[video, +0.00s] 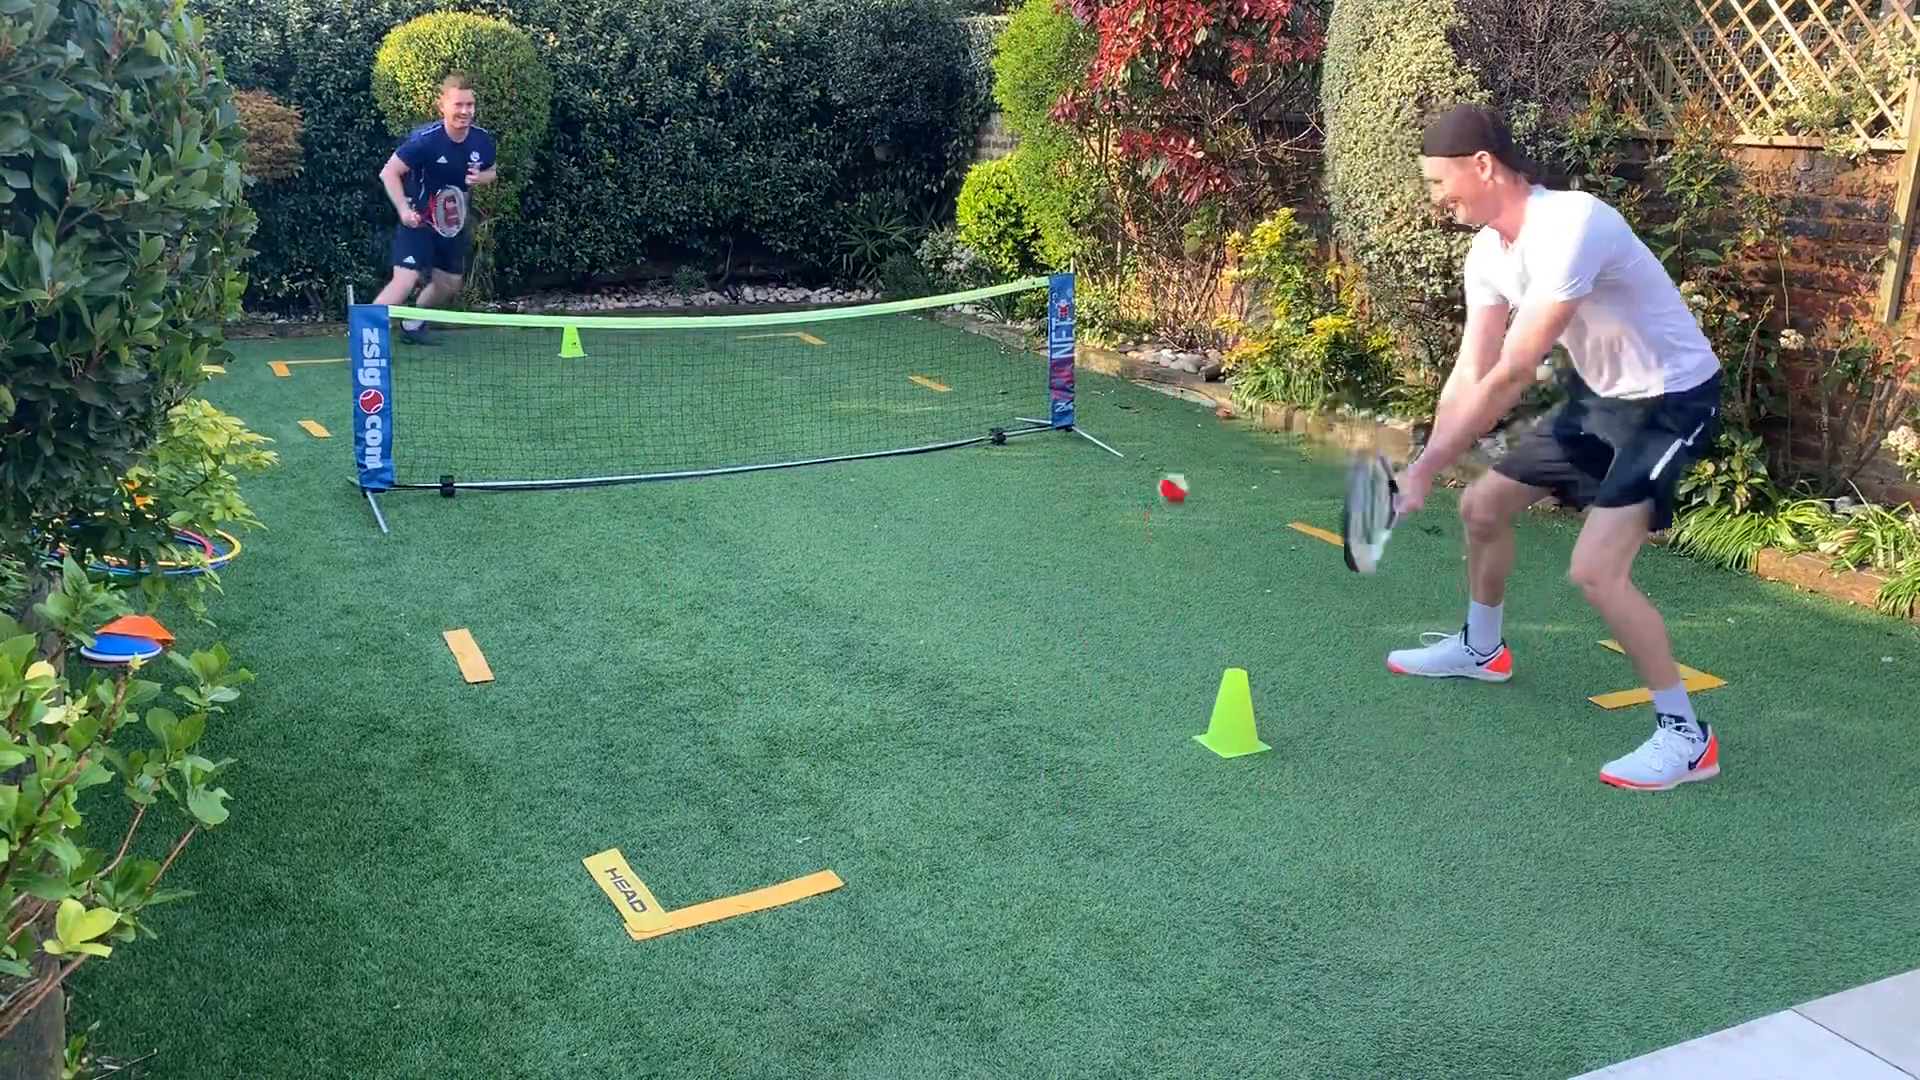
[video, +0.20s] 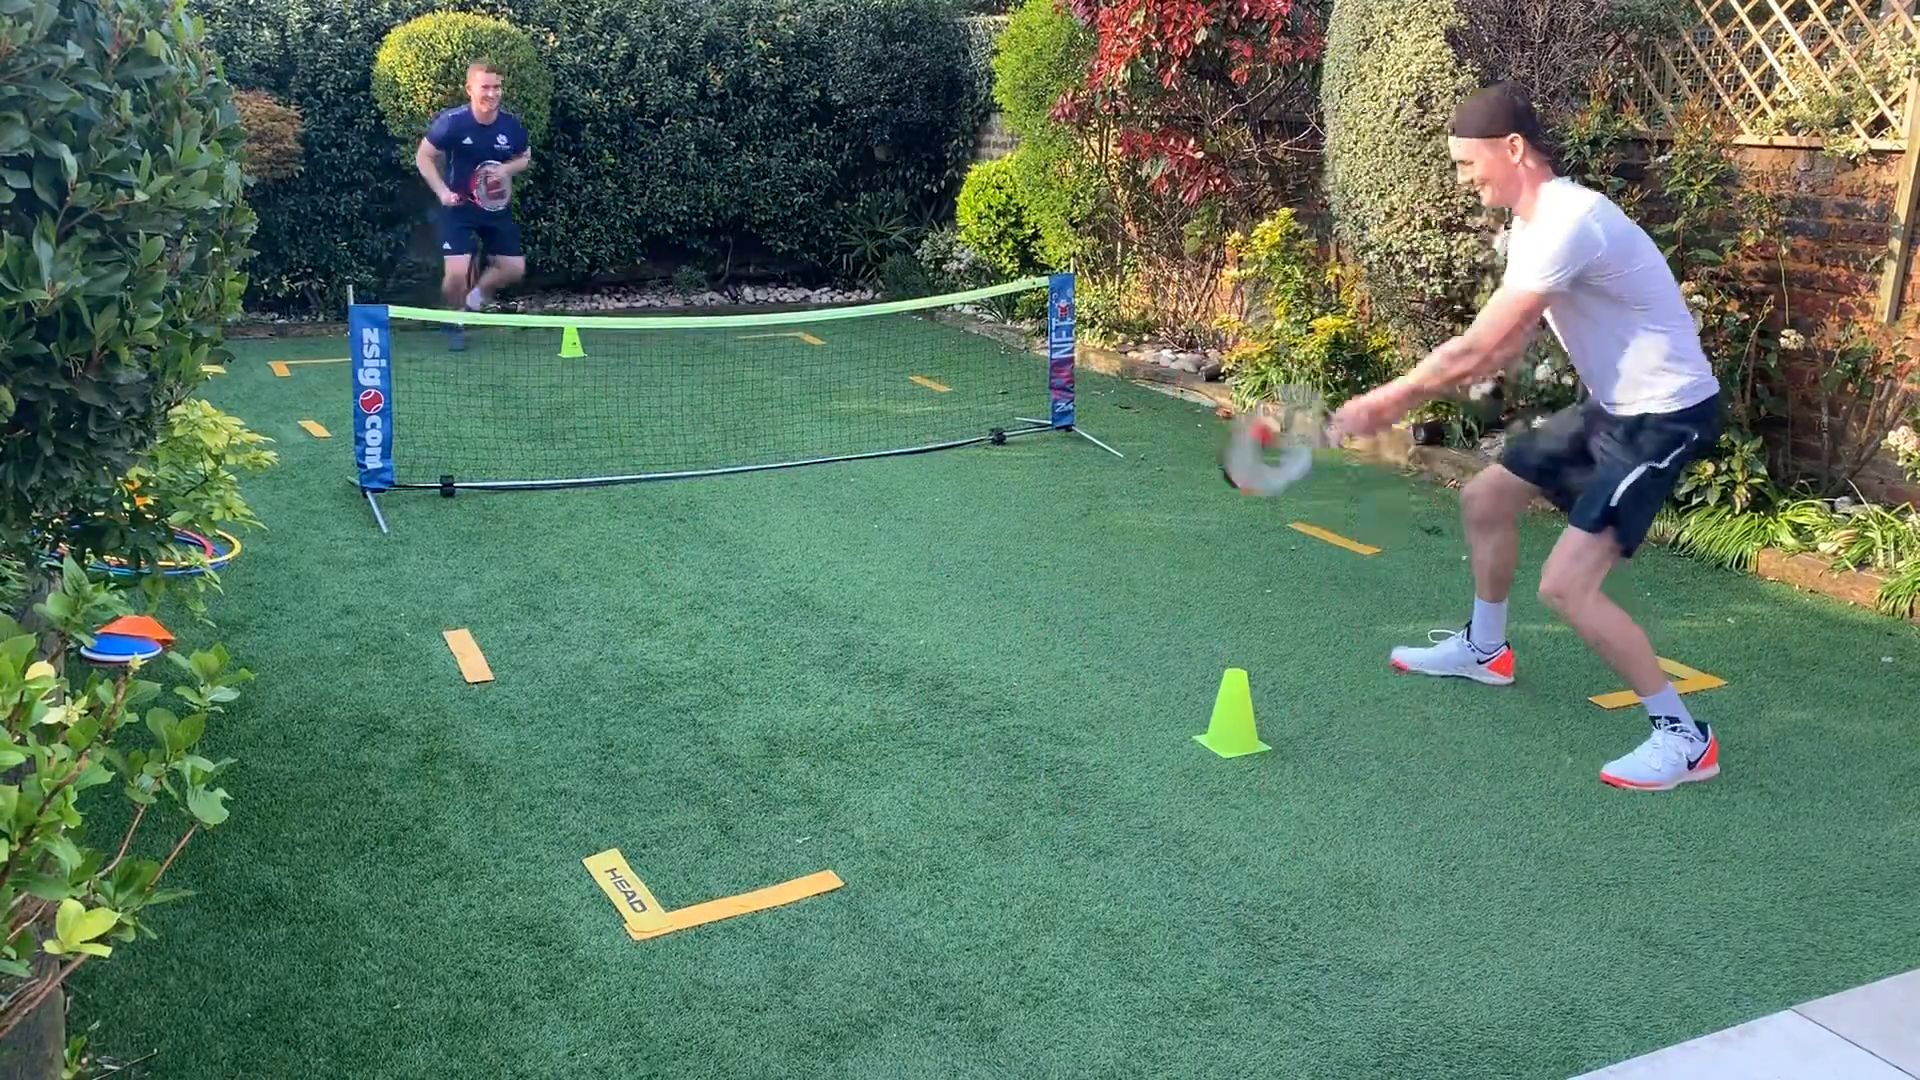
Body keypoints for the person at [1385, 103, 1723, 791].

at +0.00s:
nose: (1436, 200)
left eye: (1440, 182)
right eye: (1430, 186)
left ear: (1485, 166)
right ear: (1478, 172)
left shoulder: (1576, 224)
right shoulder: (1488, 253)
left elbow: (1517, 371)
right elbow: (1471, 371)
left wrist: (1427, 464)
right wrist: (1424, 466)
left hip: (1674, 399)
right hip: (1601, 398)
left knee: (1597, 571)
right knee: (1483, 507)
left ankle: (1685, 734)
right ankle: (1482, 647)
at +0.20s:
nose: (1465, 179)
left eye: (1470, 162)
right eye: (1460, 165)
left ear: (1515, 149)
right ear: (1506, 154)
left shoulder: (1570, 220)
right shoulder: (1528, 229)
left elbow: (1478, 348)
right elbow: (1501, 351)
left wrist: (1383, 401)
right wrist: (1458, 373)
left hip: (1668, 412)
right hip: (1609, 404)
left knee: (1567, 586)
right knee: (1486, 501)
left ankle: (1682, 734)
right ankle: (1484, 647)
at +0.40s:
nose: (1453, 116)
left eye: (1458, 101)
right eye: (1454, 101)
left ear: (1488, 104)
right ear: (1507, 104)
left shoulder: (1531, 178)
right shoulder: (1544, 175)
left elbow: (1441, 286)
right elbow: (1539, 305)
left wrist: (1391, 273)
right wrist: (1447, 307)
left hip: (1608, 396)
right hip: (1557, 387)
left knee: (1560, 585)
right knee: (1457, 493)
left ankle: (1683, 734)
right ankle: (1501, 637)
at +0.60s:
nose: (1408, 109)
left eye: (1413, 97)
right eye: (1410, 96)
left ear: (1436, 105)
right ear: (1469, 106)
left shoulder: (1447, 182)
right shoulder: (1514, 176)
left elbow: (1423, 322)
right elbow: (1492, 302)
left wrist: (1372, 347)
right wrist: (1413, 320)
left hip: (1505, 391)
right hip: (1526, 379)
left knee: (1447, 568)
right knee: (1429, 496)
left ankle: (1606, 666)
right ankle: (1506, 631)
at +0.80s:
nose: (1312, 134)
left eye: (1316, 121)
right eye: (1312, 121)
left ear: (1336, 125)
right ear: (1370, 123)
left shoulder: (1367, 194)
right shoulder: (1424, 185)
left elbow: (1367, 313)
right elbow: (1415, 305)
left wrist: (1286, 393)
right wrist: (1318, 335)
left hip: (1424, 397)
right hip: (1468, 391)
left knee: (1265, 479)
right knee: (1411, 511)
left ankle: (1303, 639)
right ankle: (1502, 633)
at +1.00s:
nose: (1206, 96)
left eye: (1209, 85)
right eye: (1209, 84)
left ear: (1222, 92)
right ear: (1276, 93)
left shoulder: (1222, 165)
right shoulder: (1326, 173)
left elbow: (1246, 256)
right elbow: (1388, 279)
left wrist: (1253, 385)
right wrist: (1398, 370)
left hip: (1271, 385)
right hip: (1344, 382)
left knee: (1152, 490)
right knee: (1349, 491)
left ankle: (1143, 662)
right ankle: (1428, 618)